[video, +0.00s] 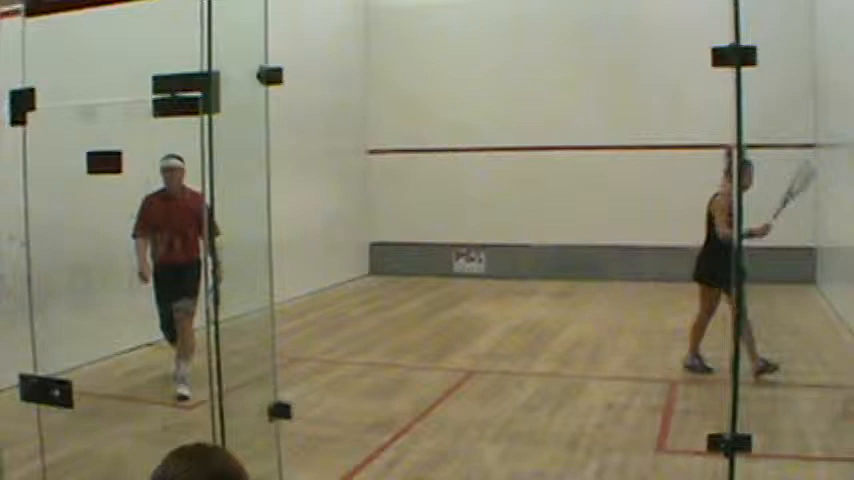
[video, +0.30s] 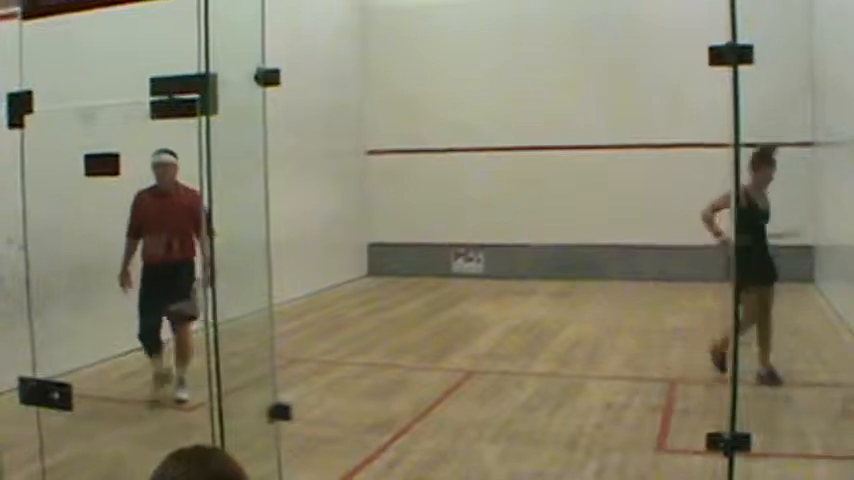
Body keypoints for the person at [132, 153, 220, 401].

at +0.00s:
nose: (171, 177)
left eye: (176, 171)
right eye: (167, 172)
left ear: (184, 173)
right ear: (161, 175)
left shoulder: (196, 201)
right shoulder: (151, 203)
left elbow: (209, 235)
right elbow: (141, 235)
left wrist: (214, 265)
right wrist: (143, 264)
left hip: (190, 264)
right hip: (163, 266)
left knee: (184, 316)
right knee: (168, 324)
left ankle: (183, 375)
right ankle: (183, 352)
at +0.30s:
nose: (162, 173)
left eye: (167, 167)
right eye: (158, 168)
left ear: (177, 169)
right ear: (153, 170)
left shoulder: (192, 200)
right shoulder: (143, 199)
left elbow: (204, 235)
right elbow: (133, 236)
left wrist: (208, 266)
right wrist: (125, 267)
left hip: (181, 267)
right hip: (153, 269)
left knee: (181, 325)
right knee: (147, 331)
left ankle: (181, 380)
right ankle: (160, 370)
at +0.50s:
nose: (151, 180)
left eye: (156, 174)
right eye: (146, 175)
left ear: (166, 175)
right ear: (141, 178)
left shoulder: (181, 205)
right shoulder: (132, 207)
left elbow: (197, 237)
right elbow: (124, 243)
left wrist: (199, 264)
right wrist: (116, 272)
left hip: (174, 279)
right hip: (144, 280)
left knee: (179, 335)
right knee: (140, 341)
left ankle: (182, 382)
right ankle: (144, 402)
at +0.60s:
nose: (141, 181)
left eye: (145, 175)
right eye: (137, 176)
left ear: (157, 177)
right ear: (132, 180)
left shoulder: (173, 207)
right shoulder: (124, 210)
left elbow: (191, 242)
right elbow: (117, 248)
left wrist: (193, 268)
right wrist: (109, 278)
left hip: (167, 282)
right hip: (137, 284)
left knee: (171, 340)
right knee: (135, 349)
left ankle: (180, 381)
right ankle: (143, 411)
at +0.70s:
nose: (137, 180)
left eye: (142, 173)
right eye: (132, 174)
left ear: (151, 175)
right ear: (125, 178)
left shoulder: (167, 204)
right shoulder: (116, 208)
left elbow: (183, 242)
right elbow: (109, 249)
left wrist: (185, 273)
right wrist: (101, 280)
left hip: (160, 282)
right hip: (130, 284)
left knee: (163, 344)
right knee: (131, 350)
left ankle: (174, 379)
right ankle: (142, 409)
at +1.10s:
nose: (128, 185)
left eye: (134, 179)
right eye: (124, 178)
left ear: (146, 179)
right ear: (118, 180)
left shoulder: (161, 214)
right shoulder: (105, 212)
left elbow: (177, 258)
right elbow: (88, 252)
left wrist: (187, 294)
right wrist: (70, 279)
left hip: (152, 295)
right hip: (118, 296)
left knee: (146, 360)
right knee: (124, 366)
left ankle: (148, 437)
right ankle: (137, 404)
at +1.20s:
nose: (128, 182)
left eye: (134, 176)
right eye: (123, 176)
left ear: (146, 177)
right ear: (118, 177)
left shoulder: (161, 213)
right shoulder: (104, 211)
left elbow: (176, 260)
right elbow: (89, 254)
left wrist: (187, 298)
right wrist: (73, 288)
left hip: (150, 297)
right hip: (116, 298)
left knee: (145, 369)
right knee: (115, 371)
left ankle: (147, 438)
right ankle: (130, 403)